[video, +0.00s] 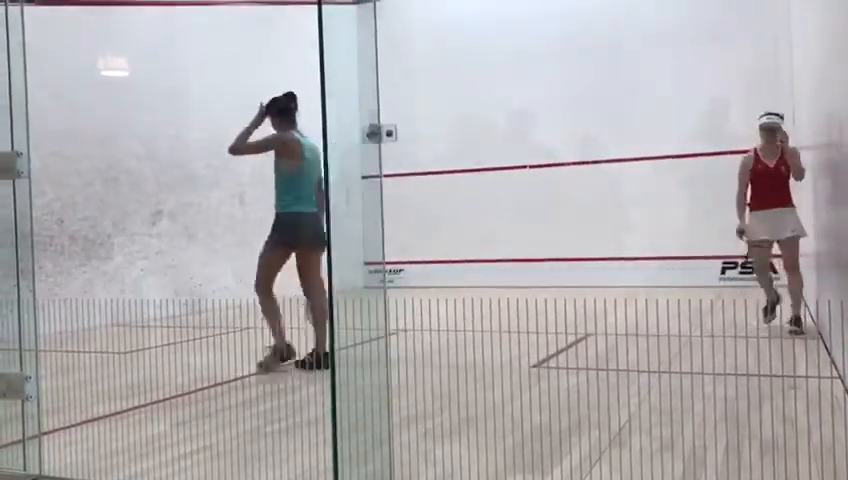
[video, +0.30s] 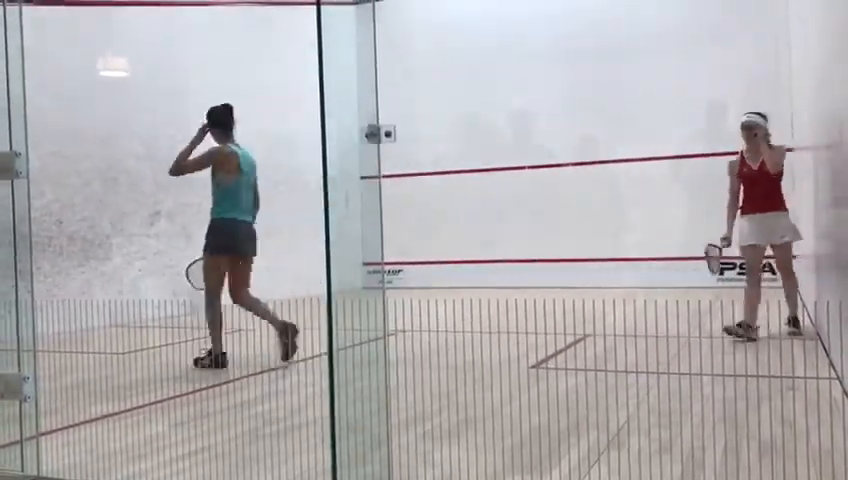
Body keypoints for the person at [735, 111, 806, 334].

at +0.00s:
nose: (770, 134)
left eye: (774, 130)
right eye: (765, 130)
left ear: (781, 131)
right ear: (759, 132)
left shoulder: (789, 153)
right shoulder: (749, 159)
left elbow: (799, 176)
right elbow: (741, 192)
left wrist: (787, 149)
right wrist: (741, 221)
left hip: (785, 215)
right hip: (758, 218)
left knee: (792, 267)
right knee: (760, 267)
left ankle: (796, 314)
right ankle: (771, 296)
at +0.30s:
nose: (750, 133)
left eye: (754, 128)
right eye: (746, 129)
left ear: (764, 131)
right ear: (741, 133)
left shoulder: (776, 151)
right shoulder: (737, 162)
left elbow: (774, 167)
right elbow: (733, 198)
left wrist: (763, 141)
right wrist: (728, 230)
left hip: (776, 218)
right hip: (750, 221)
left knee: (786, 270)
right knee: (752, 273)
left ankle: (793, 316)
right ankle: (749, 323)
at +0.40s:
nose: (738, 133)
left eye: (743, 128)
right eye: (734, 128)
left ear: (755, 130)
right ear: (730, 132)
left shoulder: (766, 150)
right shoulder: (726, 162)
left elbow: (764, 165)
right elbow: (726, 200)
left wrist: (752, 140)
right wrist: (724, 232)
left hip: (767, 218)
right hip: (740, 221)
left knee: (778, 270)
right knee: (743, 275)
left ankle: (791, 313)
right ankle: (746, 325)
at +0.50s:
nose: (726, 128)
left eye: (731, 124)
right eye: (724, 124)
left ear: (743, 127)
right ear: (721, 129)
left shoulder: (757, 147)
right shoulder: (717, 159)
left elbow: (753, 162)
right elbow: (717, 197)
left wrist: (740, 138)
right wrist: (716, 231)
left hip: (756, 217)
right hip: (730, 219)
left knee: (763, 271)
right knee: (739, 275)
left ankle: (784, 306)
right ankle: (745, 325)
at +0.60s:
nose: (721, 127)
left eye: (726, 123)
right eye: (717, 123)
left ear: (736, 126)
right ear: (712, 128)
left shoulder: (749, 147)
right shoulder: (709, 158)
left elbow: (743, 162)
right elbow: (709, 196)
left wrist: (730, 136)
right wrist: (707, 230)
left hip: (745, 215)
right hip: (719, 217)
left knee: (744, 269)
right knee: (733, 273)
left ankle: (769, 306)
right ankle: (744, 325)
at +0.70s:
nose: (710, 127)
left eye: (715, 122)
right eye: (707, 124)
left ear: (727, 125)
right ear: (704, 129)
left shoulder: (740, 146)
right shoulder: (700, 158)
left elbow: (731, 163)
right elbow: (700, 194)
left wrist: (718, 140)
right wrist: (695, 228)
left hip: (733, 213)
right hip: (709, 215)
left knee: (725, 264)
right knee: (724, 270)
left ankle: (744, 322)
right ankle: (740, 322)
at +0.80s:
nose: (695, 128)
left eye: (700, 124)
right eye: (694, 124)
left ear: (714, 127)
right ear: (695, 129)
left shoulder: (729, 147)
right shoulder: (692, 158)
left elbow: (718, 165)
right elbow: (690, 195)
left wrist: (703, 146)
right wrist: (683, 228)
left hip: (722, 215)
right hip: (700, 217)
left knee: (714, 271)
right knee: (719, 272)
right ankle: (742, 324)